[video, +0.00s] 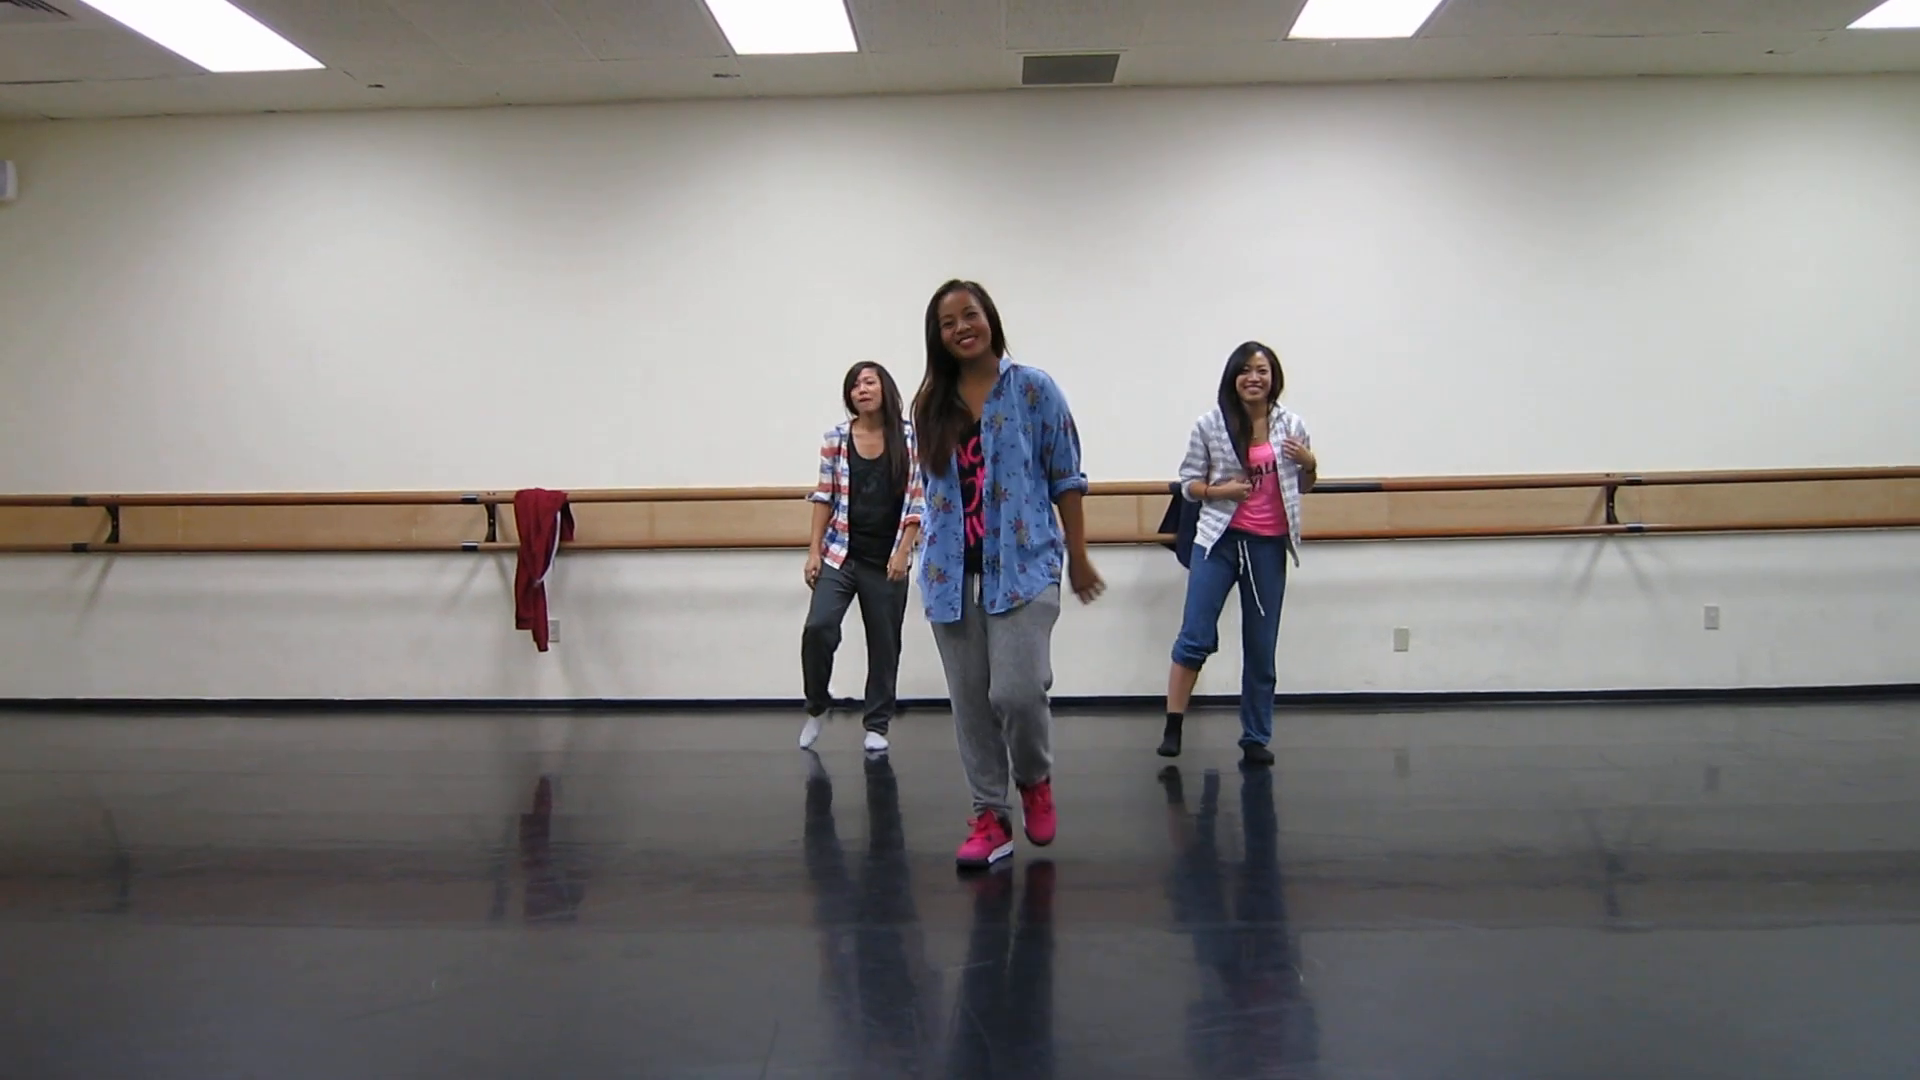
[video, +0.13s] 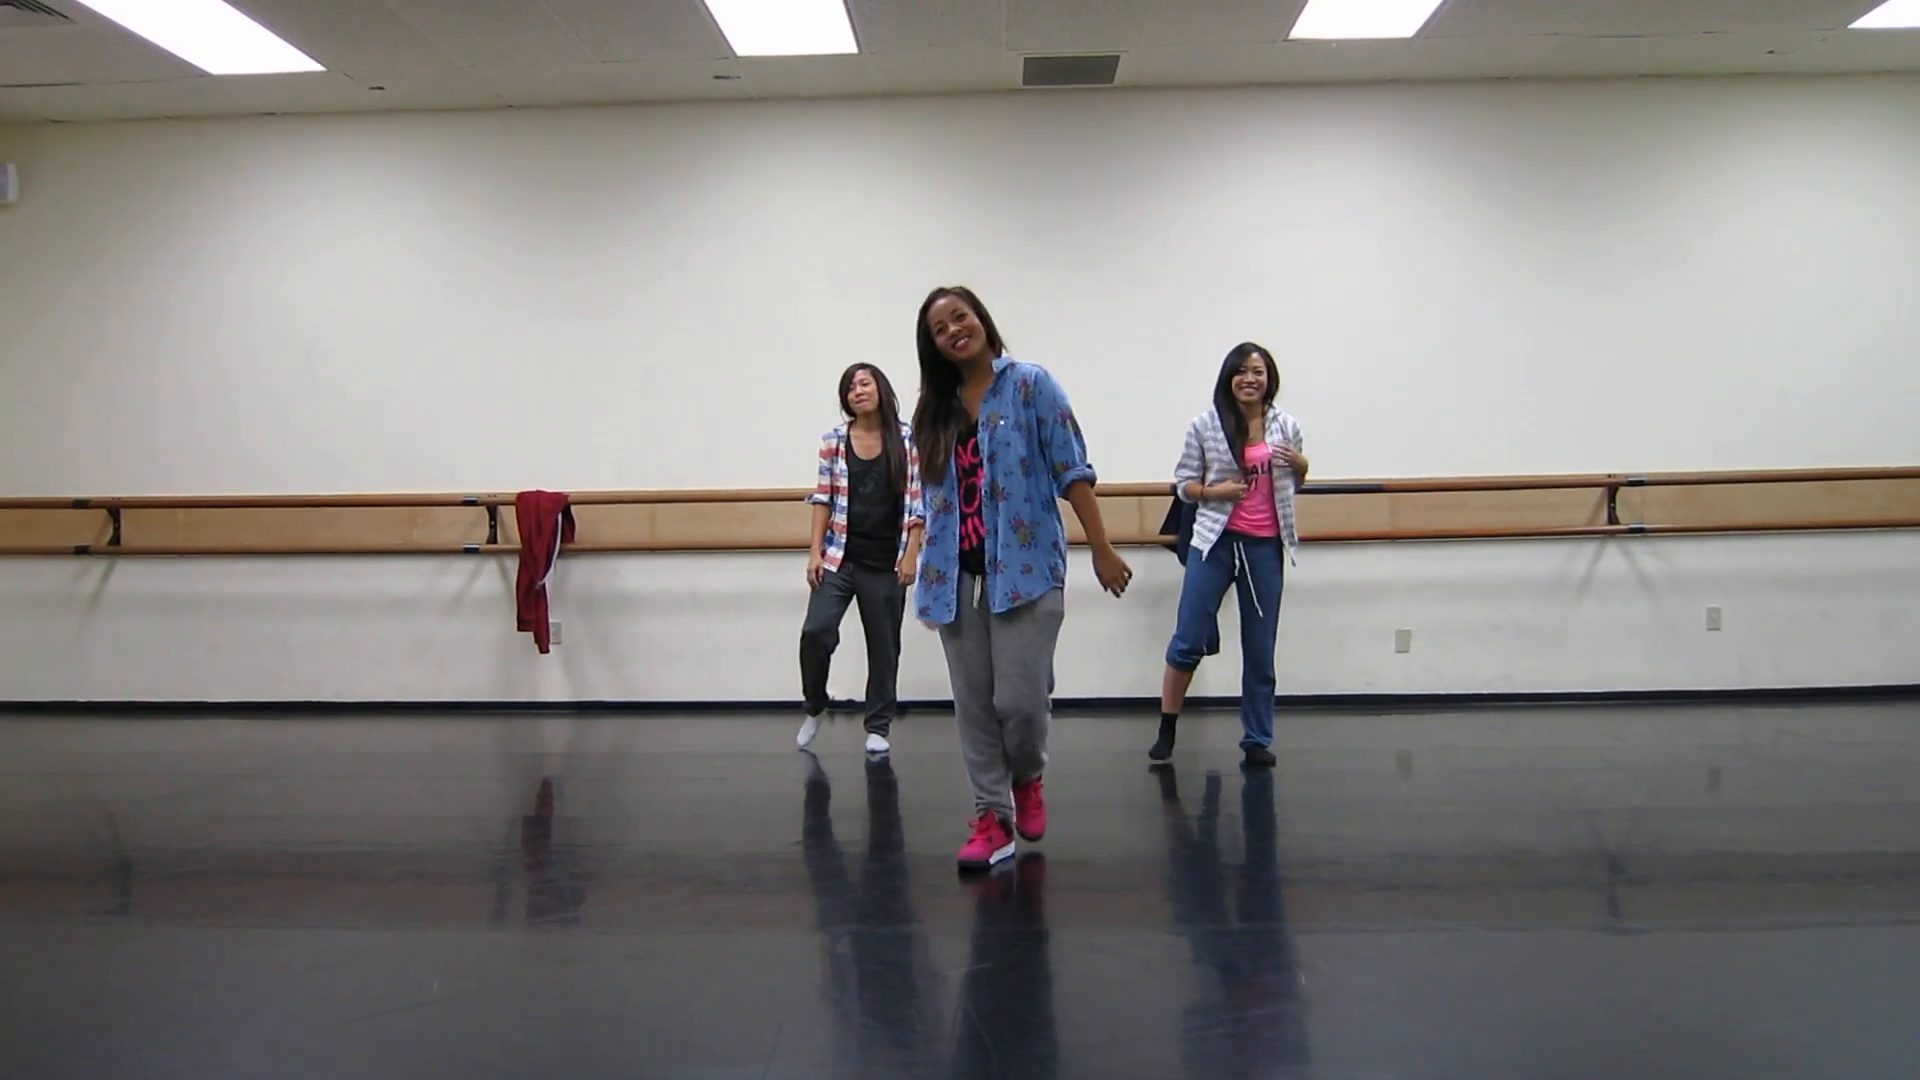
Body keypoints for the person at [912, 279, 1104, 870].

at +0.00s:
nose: (963, 326)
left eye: (971, 314)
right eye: (949, 322)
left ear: (992, 320)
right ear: (938, 336)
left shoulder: (1034, 389)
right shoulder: (930, 405)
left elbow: (1065, 478)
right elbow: (929, 490)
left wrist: (1078, 558)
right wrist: (914, 551)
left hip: (1024, 570)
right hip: (949, 575)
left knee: (1015, 693)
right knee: (969, 701)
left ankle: (1033, 780)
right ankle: (991, 816)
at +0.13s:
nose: (955, 328)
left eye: (960, 315)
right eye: (941, 326)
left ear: (983, 319)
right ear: (933, 345)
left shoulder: (1030, 384)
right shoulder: (934, 410)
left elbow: (1072, 472)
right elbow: (930, 497)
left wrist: (1102, 548)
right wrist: (916, 556)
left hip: (1025, 569)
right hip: (953, 574)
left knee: (1017, 700)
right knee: (972, 703)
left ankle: (1027, 778)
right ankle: (991, 816)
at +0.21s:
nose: (953, 331)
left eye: (958, 318)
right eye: (939, 330)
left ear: (981, 323)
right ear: (933, 349)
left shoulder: (1029, 384)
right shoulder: (936, 412)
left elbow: (1074, 469)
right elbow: (929, 506)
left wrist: (1101, 547)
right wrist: (910, 577)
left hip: (1030, 574)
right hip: (957, 578)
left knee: (1029, 703)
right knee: (976, 704)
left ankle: (1028, 784)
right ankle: (993, 818)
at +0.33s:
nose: (959, 333)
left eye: (964, 320)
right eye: (945, 332)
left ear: (987, 325)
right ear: (940, 352)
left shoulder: (1036, 387)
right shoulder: (942, 414)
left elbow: (1065, 471)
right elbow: (930, 506)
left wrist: (1074, 552)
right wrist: (908, 578)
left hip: (1039, 572)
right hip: (968, 578)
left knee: (1049, 702)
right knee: (982, 701)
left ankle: (1032, 779)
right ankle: (996, 819)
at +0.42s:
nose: (967, 332)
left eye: (974, 320)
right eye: (954, 331)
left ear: (997, 325)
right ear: (948, 351)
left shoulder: (1044, 388)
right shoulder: (945, 415)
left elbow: (1057, 472)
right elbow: (929, 504)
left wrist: (1044, 544)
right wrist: (909, 580)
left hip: (1043, 572)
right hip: (971, 580)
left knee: (1062, 702)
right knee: (985, 706)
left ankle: (1043, 779)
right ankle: (996, 822)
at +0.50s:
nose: (980, 333)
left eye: (986, 320)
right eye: (966, 330)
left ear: (1009, 326)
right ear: (958, 349)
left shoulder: (1053, 391)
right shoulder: (951, 413)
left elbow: (1056, 477)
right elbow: (931, 500)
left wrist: (1011, 535)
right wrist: (915, 579)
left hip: (1051, 574)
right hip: (976, 580)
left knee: (1073, 700)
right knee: (987, 707)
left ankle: (1061, 789)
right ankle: (997, 823)